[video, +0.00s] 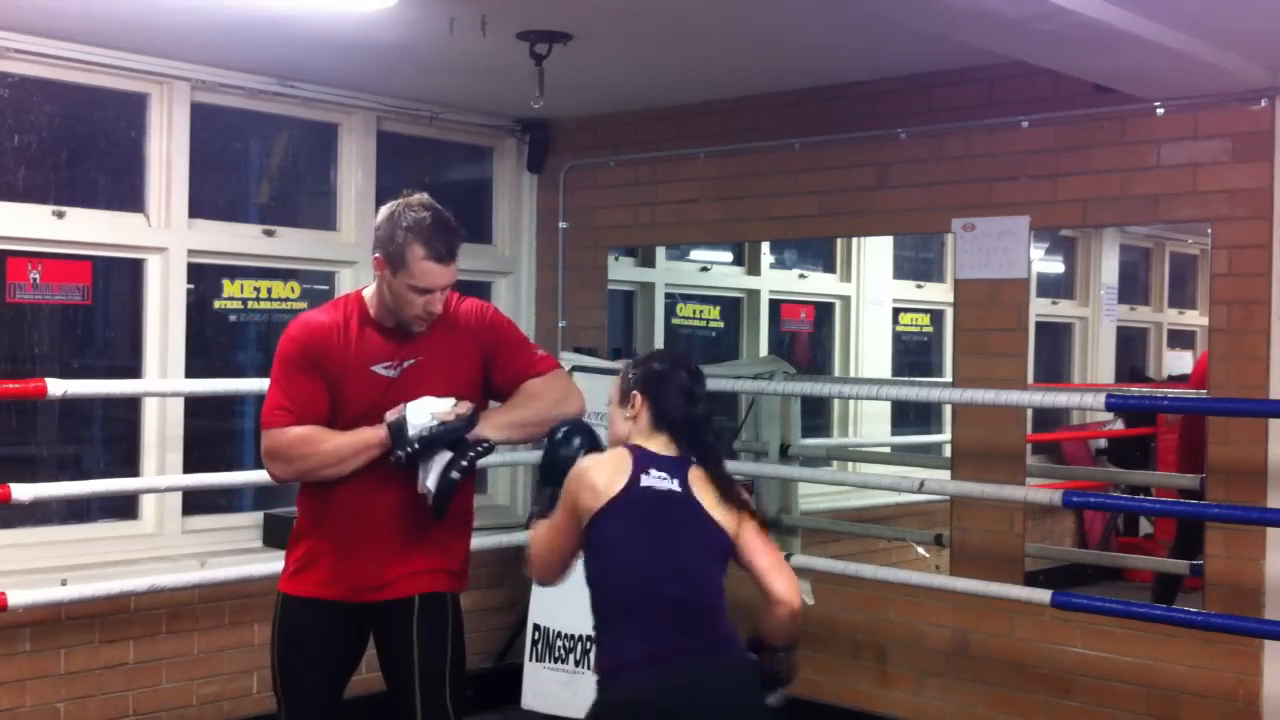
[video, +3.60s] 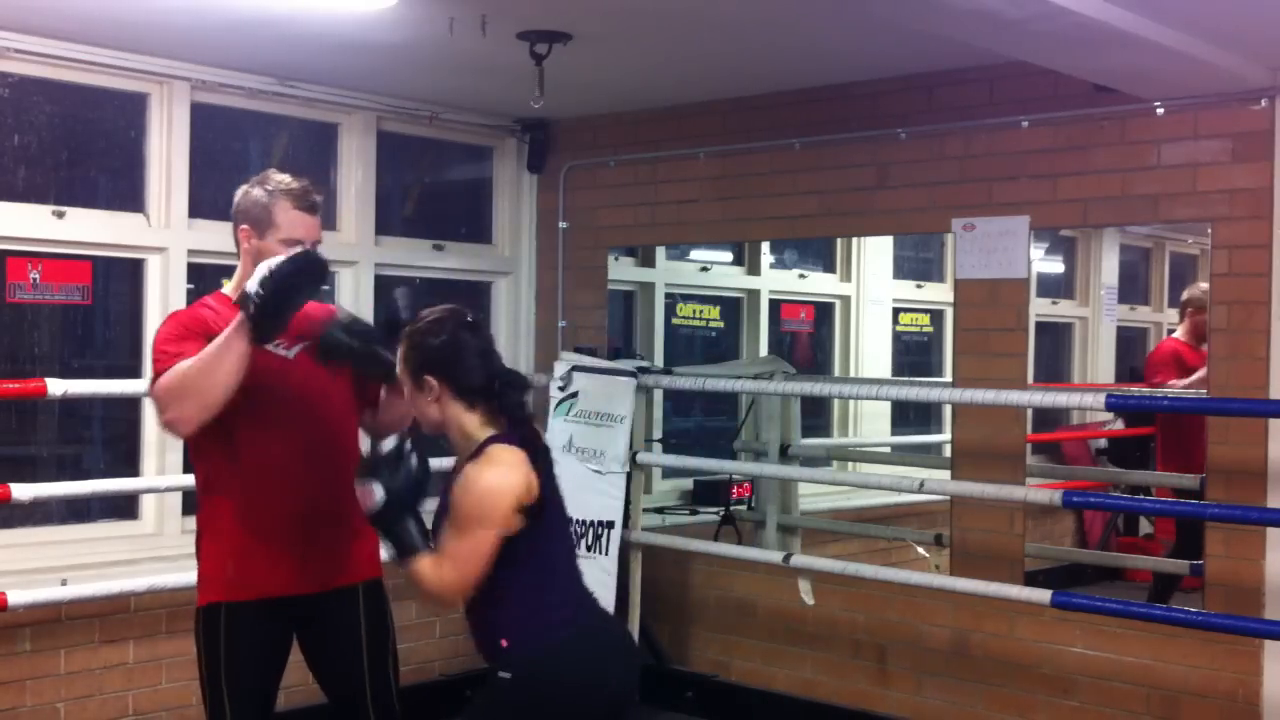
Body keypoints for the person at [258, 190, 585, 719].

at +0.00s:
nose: (437, 305)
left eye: (447, 289)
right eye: (423, 291)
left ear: (453, 267)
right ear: (381, 269)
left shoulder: (476, 324)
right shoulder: (315, 335)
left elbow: (563, 397)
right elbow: (282, 457)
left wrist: (470, 430)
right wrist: (392, 433)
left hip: (424, 577)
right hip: (322, 577)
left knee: (434, 711)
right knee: (303, 712)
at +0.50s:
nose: (453, 294)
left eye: (466, 280)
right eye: (440, 277)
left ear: (476, 266)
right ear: (402, 254)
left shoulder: (481, 340)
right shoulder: (331, 314)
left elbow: (503, 454)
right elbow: (304, 430)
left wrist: (462, 460)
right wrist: (406, 397)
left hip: (431, 571)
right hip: (332, 567)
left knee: (444, 709)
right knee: (312, 709)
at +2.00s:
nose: (480, 274)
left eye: (488, 259)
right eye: (465, 255)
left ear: (494, 257)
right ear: (421, 247)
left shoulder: (492, 338)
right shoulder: (344, 331)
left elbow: (502, 431)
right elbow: (277, 440)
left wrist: (501, 511)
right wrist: (399, 483)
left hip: (442, 585)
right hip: (338, 582)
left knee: (448, 709)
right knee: (307, 711)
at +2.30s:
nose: (431, 264)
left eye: (439, 249)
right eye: (416, 244)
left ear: (444, 253)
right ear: (370, 241)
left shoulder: (446, 342)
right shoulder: (290, 334)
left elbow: (483, 430)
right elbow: (224, 442)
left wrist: (485, 477)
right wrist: (329, 469)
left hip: (400, 587)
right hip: (297, 583)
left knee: (419, 711)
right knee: (263, 711)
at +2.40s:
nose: (392, 262)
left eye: (399, 247)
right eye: (377, 243)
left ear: (404, 249)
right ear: (330, 240)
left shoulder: (408, 335)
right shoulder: (260, 334)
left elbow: (456, 437)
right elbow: (233, 451)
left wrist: (474, 413)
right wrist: (327, 393)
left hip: (376, 584)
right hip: (273, 588)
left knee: (407, 710)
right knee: (250, 711)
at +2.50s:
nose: (364, 257)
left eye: (370, 243)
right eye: (348, 240)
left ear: (378, 243)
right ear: (300, 237)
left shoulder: (383, 329)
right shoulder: (239, 326)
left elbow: (454, 417)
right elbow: (245, 434)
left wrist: (455, 337)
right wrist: (308, 337)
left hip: (359, 577)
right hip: (257, 579)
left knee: (396, 710)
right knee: (242, 712)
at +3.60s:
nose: (307, 260)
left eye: (314, 246)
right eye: (292, 245)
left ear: (321, 242)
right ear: (246, 239)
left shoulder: (333, 324)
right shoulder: (193, 324)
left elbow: (386, 421)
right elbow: (180, 414)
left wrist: (396, 372)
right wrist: (253, 318)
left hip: (344, 577)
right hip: (242, 585)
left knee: (375, 709)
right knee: (238, 713)